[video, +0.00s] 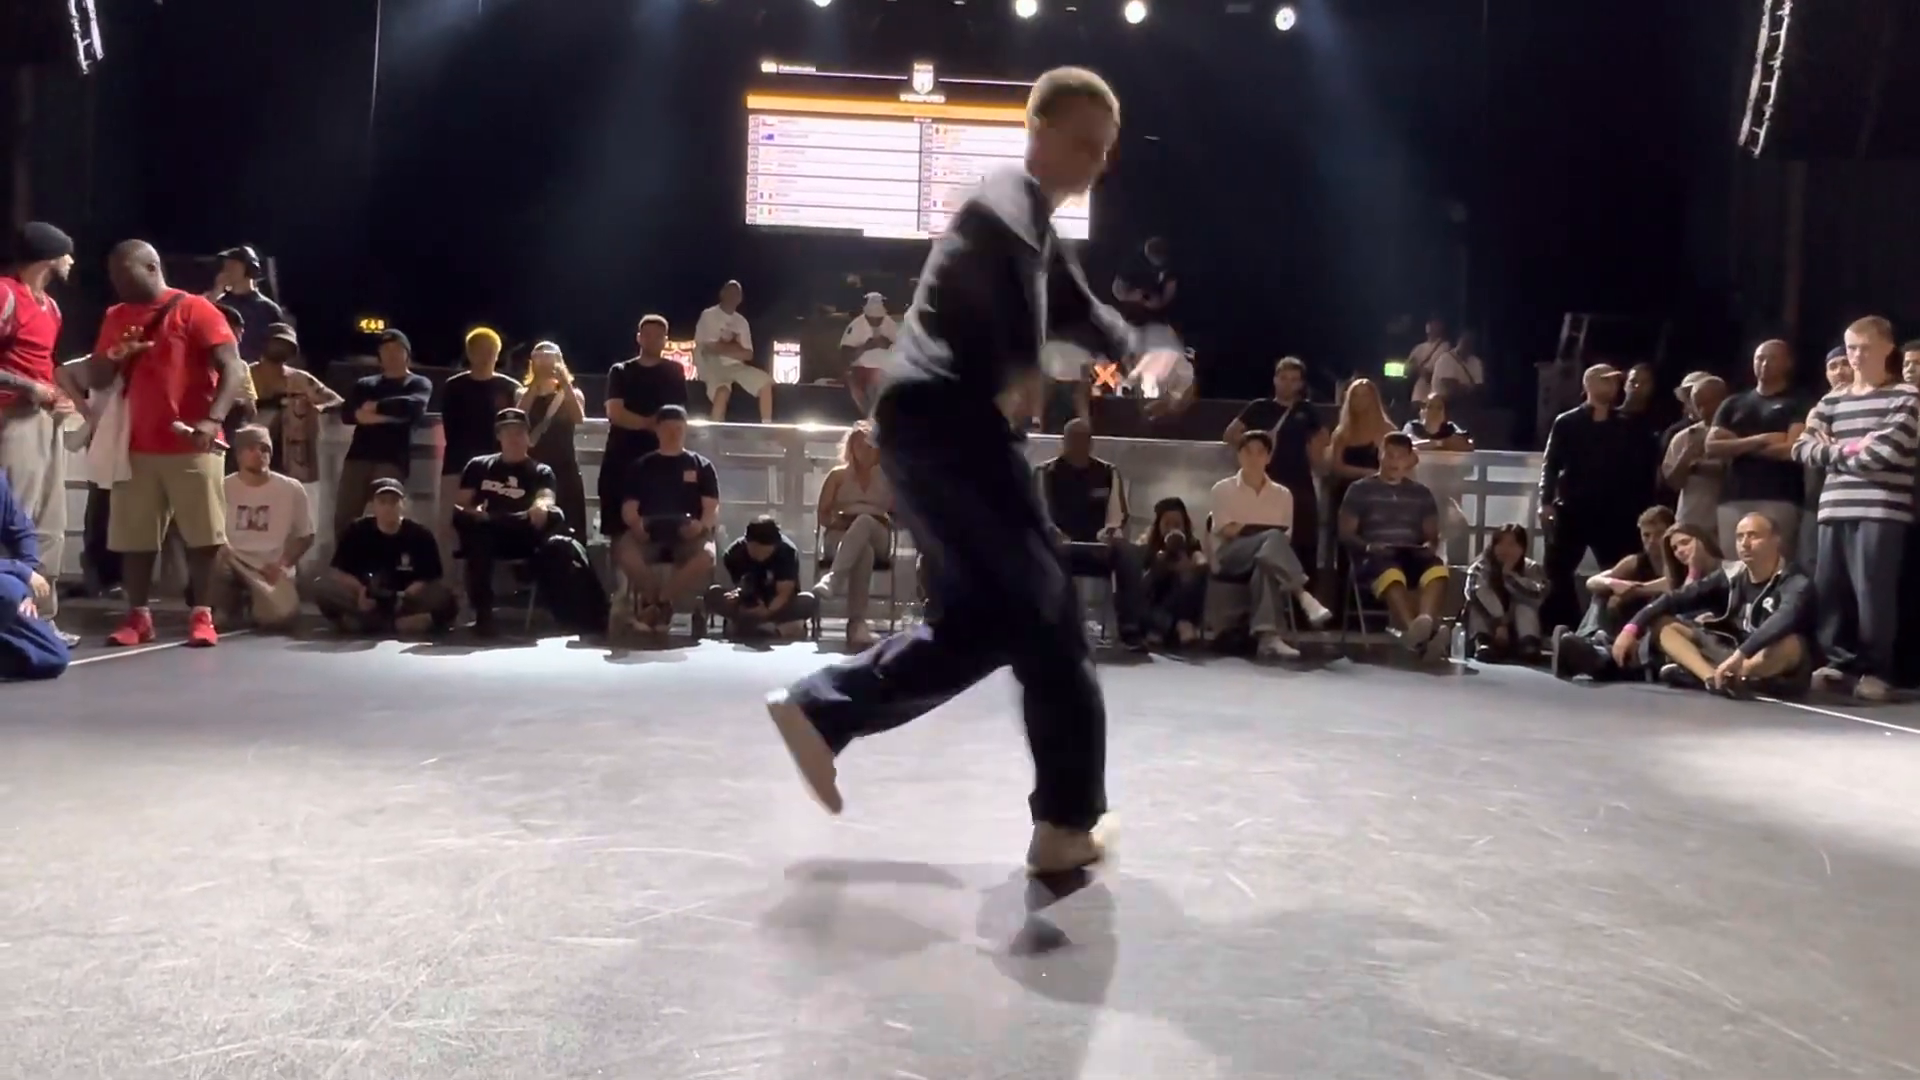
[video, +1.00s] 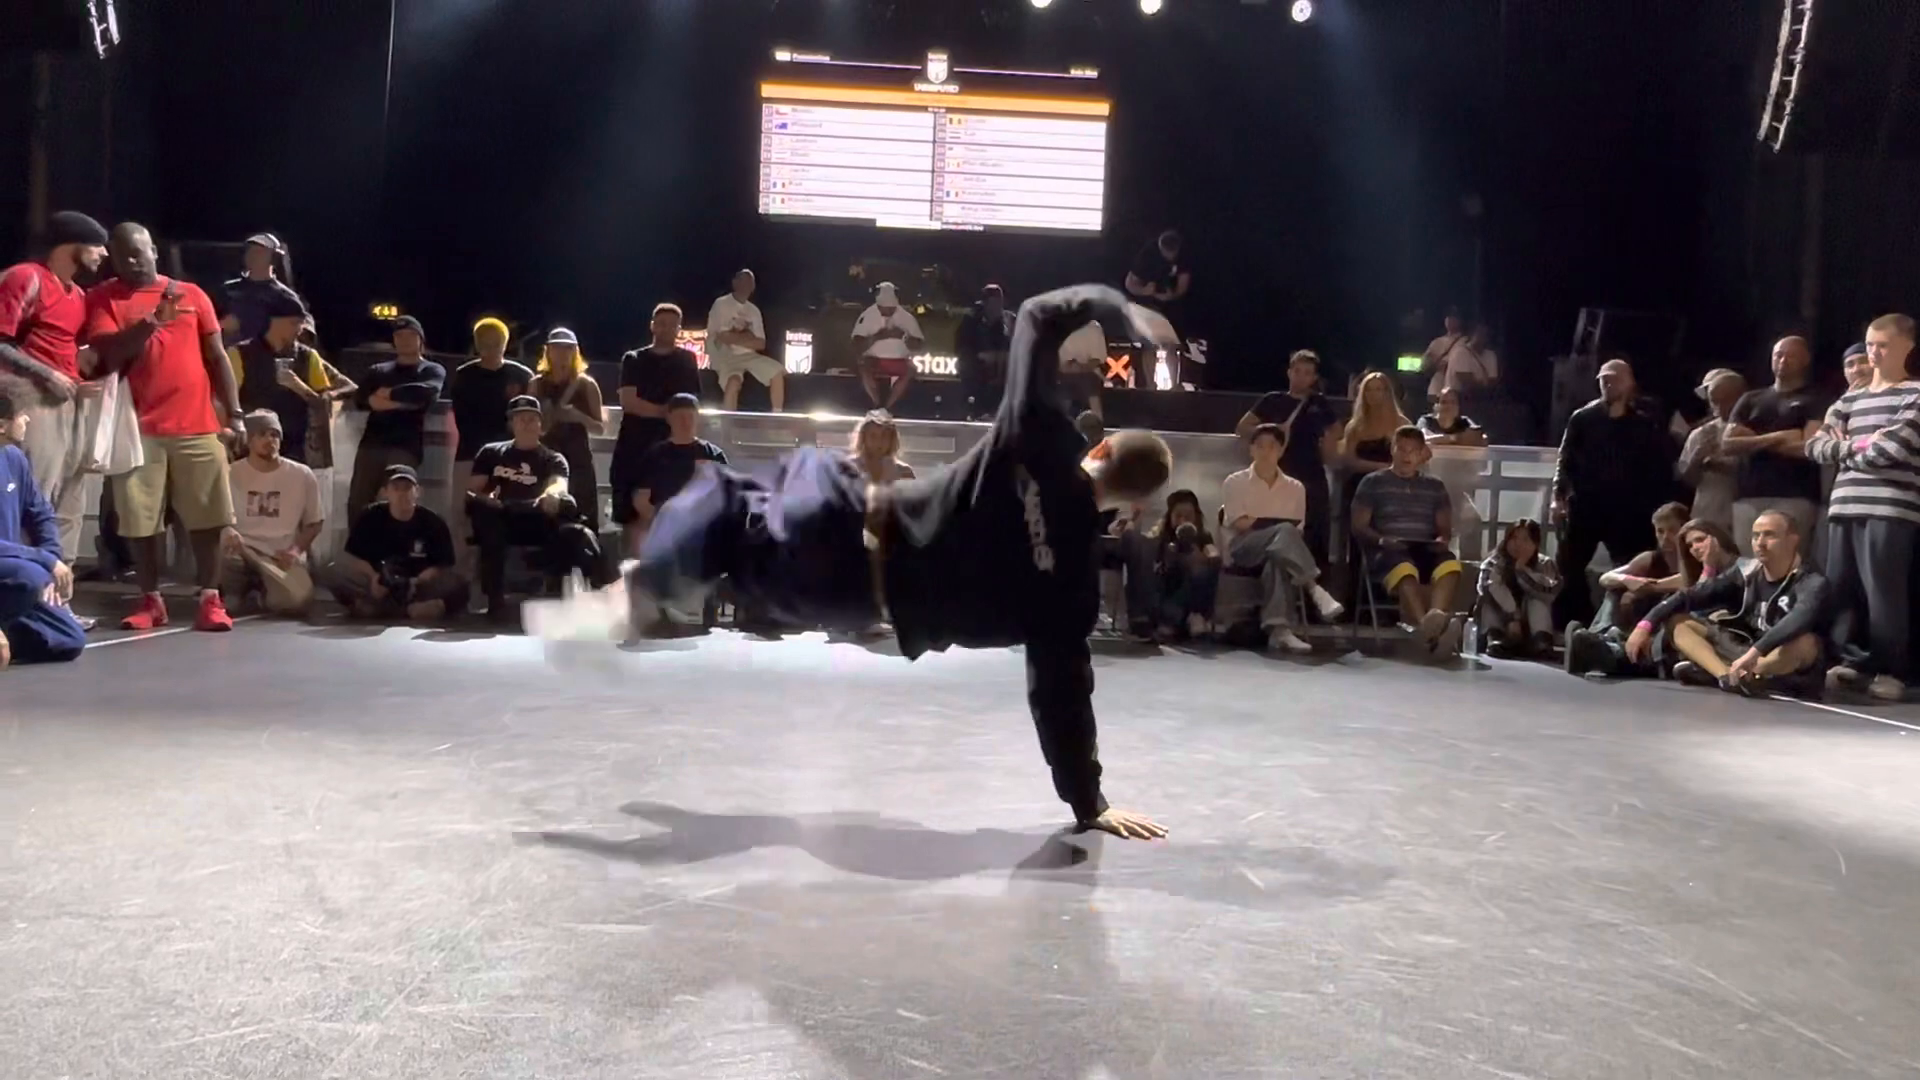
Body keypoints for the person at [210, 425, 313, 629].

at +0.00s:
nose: (259, 454)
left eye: (265, 449)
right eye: (252, 449)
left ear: (270, 454)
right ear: (238, 454)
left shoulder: (292, 488)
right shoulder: (224, 487)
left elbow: (306, 535)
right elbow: (212, 527)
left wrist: (281, 565)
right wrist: (222, 550)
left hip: (272, 568)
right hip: (234, 563)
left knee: (280, 616)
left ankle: (253, 605)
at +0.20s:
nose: (262, 452)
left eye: (268, 446)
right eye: (255, 445)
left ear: (273, 451)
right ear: (240, 449)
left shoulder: (294, 486)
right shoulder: (226, 483)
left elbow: (308, 530)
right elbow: (215, 524)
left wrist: (283, 562)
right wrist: (224, 548)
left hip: (273, 565)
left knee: (284, 612)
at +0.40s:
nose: (266, 447)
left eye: (271, 441)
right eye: (258, 440)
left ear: (276, 446)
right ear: (244, 445)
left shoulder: (297, 483)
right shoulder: (228, 480)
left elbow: (311, 528)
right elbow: (216, 519)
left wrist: (287, 558)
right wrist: (226, 546)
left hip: (276, 563)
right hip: (238, 559)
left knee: (289, 608)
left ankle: (250, 604)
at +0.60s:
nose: (268, 444)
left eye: (273, 438)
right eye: (261, 437)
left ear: (278, 444)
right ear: (246, 441)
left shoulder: (299, 480)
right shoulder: (229, 477)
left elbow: (311, 526)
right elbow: (218, 521)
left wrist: (291, 556)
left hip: (278, 561)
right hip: (239, 555)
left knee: (292, 604)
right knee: (226, 542)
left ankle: (252, 602)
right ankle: (219, 604)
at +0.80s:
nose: (269, 441)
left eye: (274, 435)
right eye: (262, 435)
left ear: (279, 441)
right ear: (248, 440)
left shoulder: (300, 477)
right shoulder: (230, 474)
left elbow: (312, 522)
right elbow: (217, 515)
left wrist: (293, 552)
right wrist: (226, 537)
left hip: (279, 557)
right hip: (240, 551)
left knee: (294, 601)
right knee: (226, 539)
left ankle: (254, 598)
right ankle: (225, 601)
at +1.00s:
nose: (270, 440)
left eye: (275, 434)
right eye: (263, 434)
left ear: (280, 439)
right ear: (249, 439)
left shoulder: (302, 475)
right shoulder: (231, 473)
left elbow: (314, 521)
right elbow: (219, 507)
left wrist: (296, 550)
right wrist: (227, 529)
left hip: (282, 555)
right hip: (242, 550)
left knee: (296, 600)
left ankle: (258, 595)